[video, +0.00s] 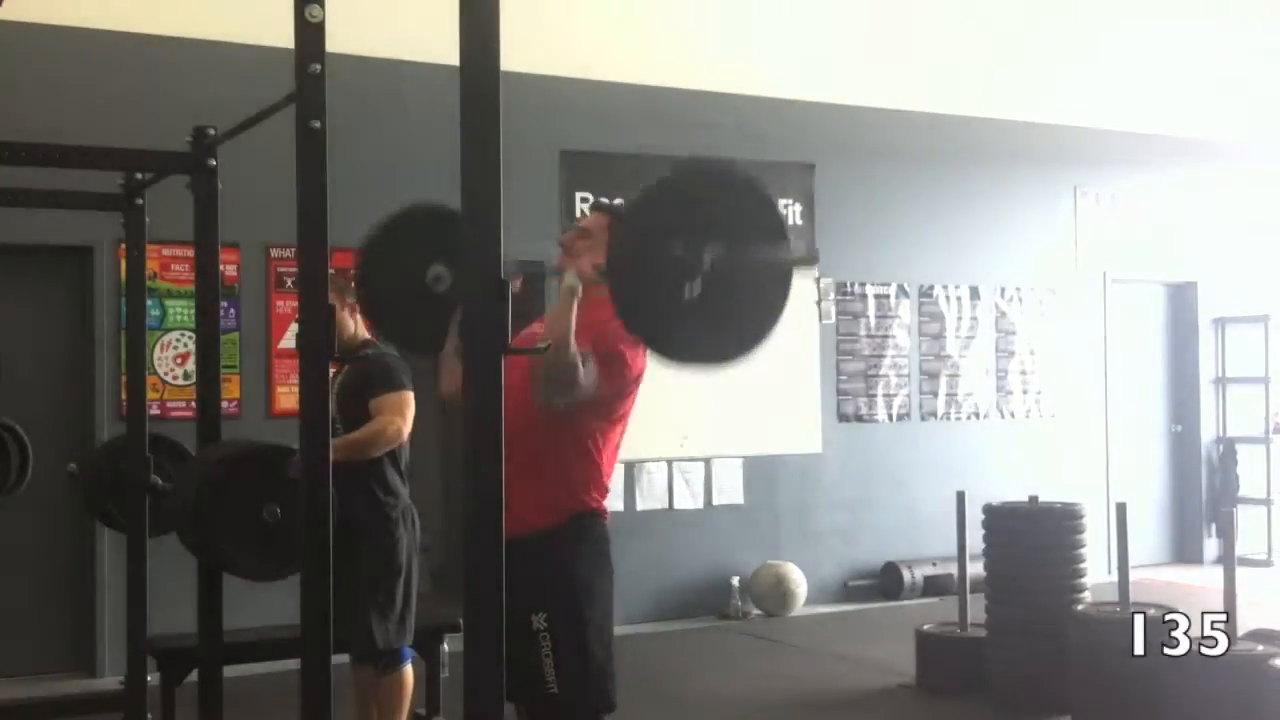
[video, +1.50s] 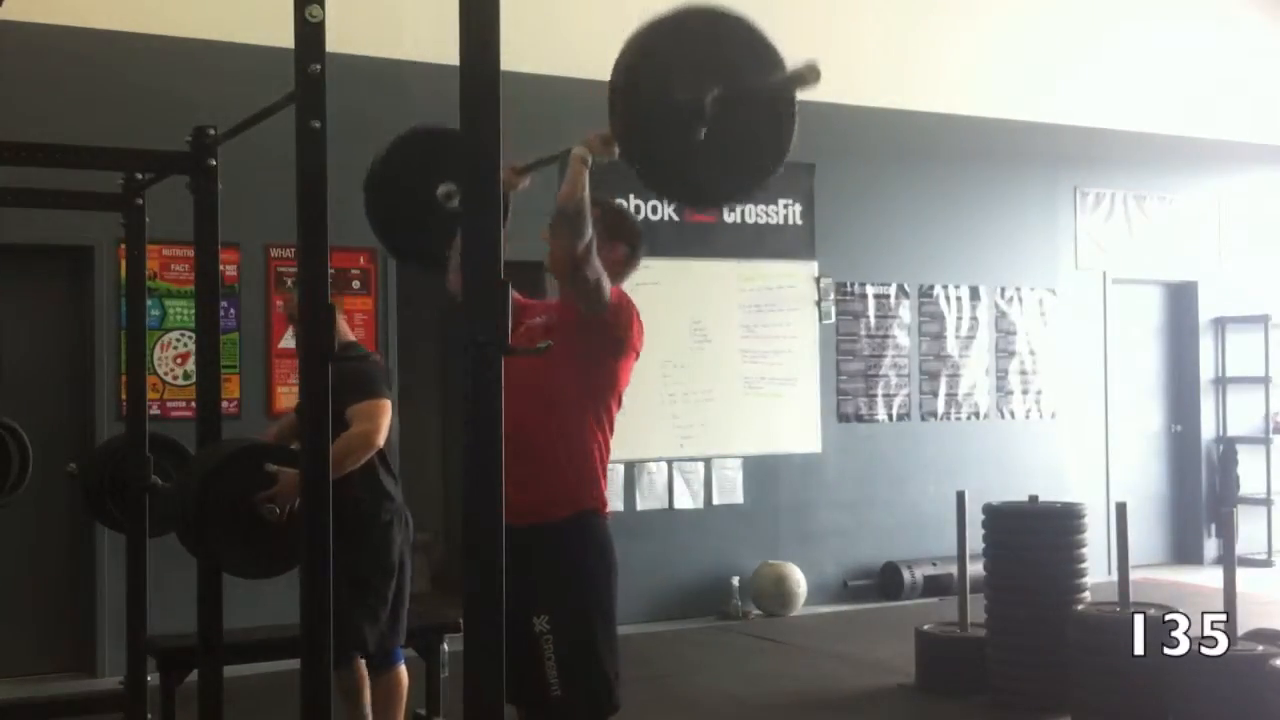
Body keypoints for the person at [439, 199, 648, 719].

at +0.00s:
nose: (566, 238)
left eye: (584, 234)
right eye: (571, 230)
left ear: (614, 257)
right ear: (571, 250)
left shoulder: (619, 330)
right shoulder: (539, 328)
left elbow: (558, 388)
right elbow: (453, 384)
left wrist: (568, 291)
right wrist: (466, 299)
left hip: (565, 533)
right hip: (508, 532)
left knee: (571, 698)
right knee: (518, 694)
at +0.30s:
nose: (557, 254)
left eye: (572, 246)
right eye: (557, 244)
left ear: (610, 259)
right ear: (550, 250)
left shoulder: (615, 330)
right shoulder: (522, 317)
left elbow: (577, 253)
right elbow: (458, 287)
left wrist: (582, 170)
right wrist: (491, 206)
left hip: (557, 534)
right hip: (494, 530)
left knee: (565, 699)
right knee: (495, 694)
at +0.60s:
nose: (507, 243)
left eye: (521, 234)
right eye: (507, 233)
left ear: (564, 241)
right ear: (509, 242)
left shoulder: (591, 307)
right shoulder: (498, 305)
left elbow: (597, 198)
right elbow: (474, 227)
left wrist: (596, 104)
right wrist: (499, 152)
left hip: (563, 527)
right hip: (495, 526)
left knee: (579, 695)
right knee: (507, 690)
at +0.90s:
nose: (498, 244)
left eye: (508, 231)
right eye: (496, 231)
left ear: (547, 241)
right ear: (510, 243)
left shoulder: (583, 301)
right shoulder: (497, 305)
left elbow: (587, 189)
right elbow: (500, 210)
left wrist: (596, 79)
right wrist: (507, 124)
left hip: (571, 522)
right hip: (502, 524)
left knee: (597, 689)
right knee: (522, 685)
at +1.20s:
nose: (504, 235)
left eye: (516, 225)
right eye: (504, 225)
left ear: (556, 235)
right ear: (511, 237)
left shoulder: (589, 294)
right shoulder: (501, 299)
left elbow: (590, 182)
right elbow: (492, 217)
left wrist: (593, 90)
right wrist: (504, 140)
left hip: (574, 521)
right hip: (504, 521)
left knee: (599, 685)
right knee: (523, 681)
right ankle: (550, 709)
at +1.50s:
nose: (568, 241)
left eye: (585, 235)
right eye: (568, 231)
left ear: (618, 257)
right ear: (556, 239)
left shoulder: (613, 325)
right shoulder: (524, 315)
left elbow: (569, 252)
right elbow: (464, 277)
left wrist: (579, 156)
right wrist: (496, 198)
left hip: (570, 534)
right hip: (503, 531)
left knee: (583, 697)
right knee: (516, 692)